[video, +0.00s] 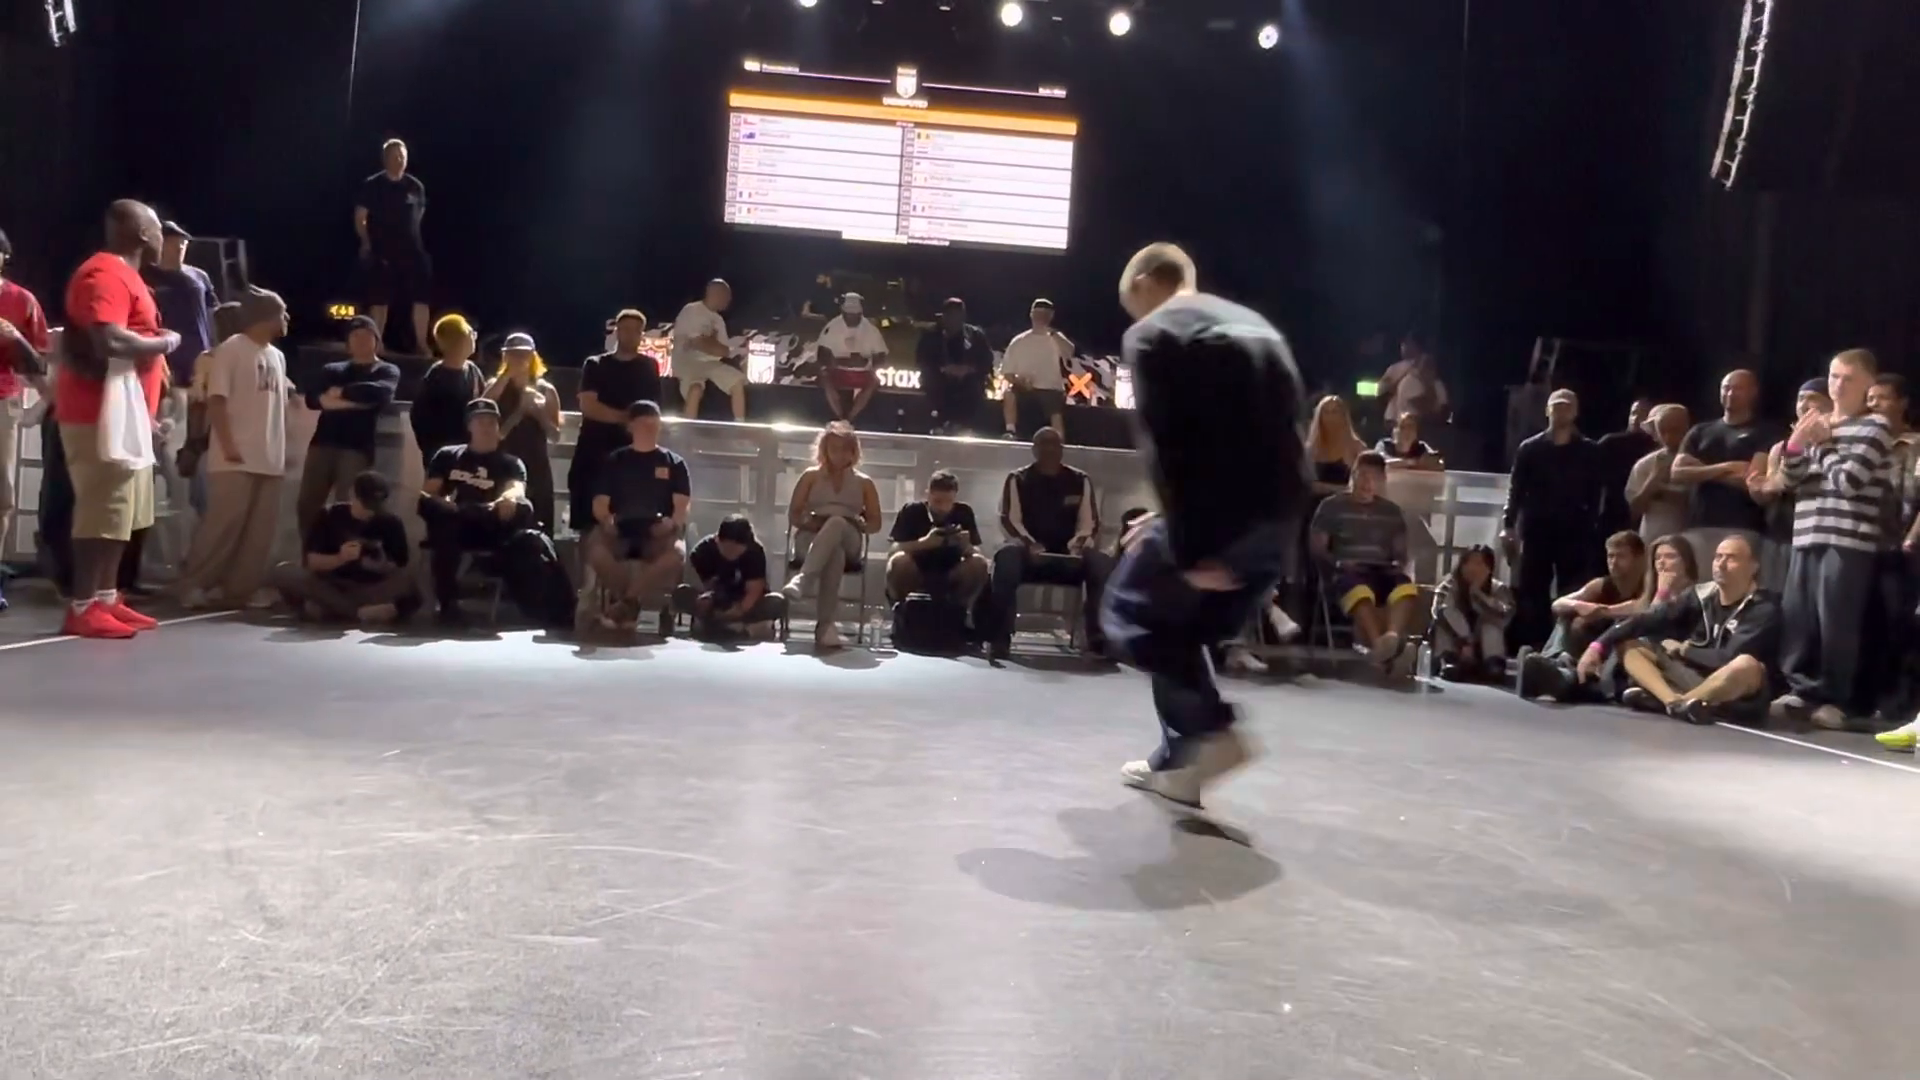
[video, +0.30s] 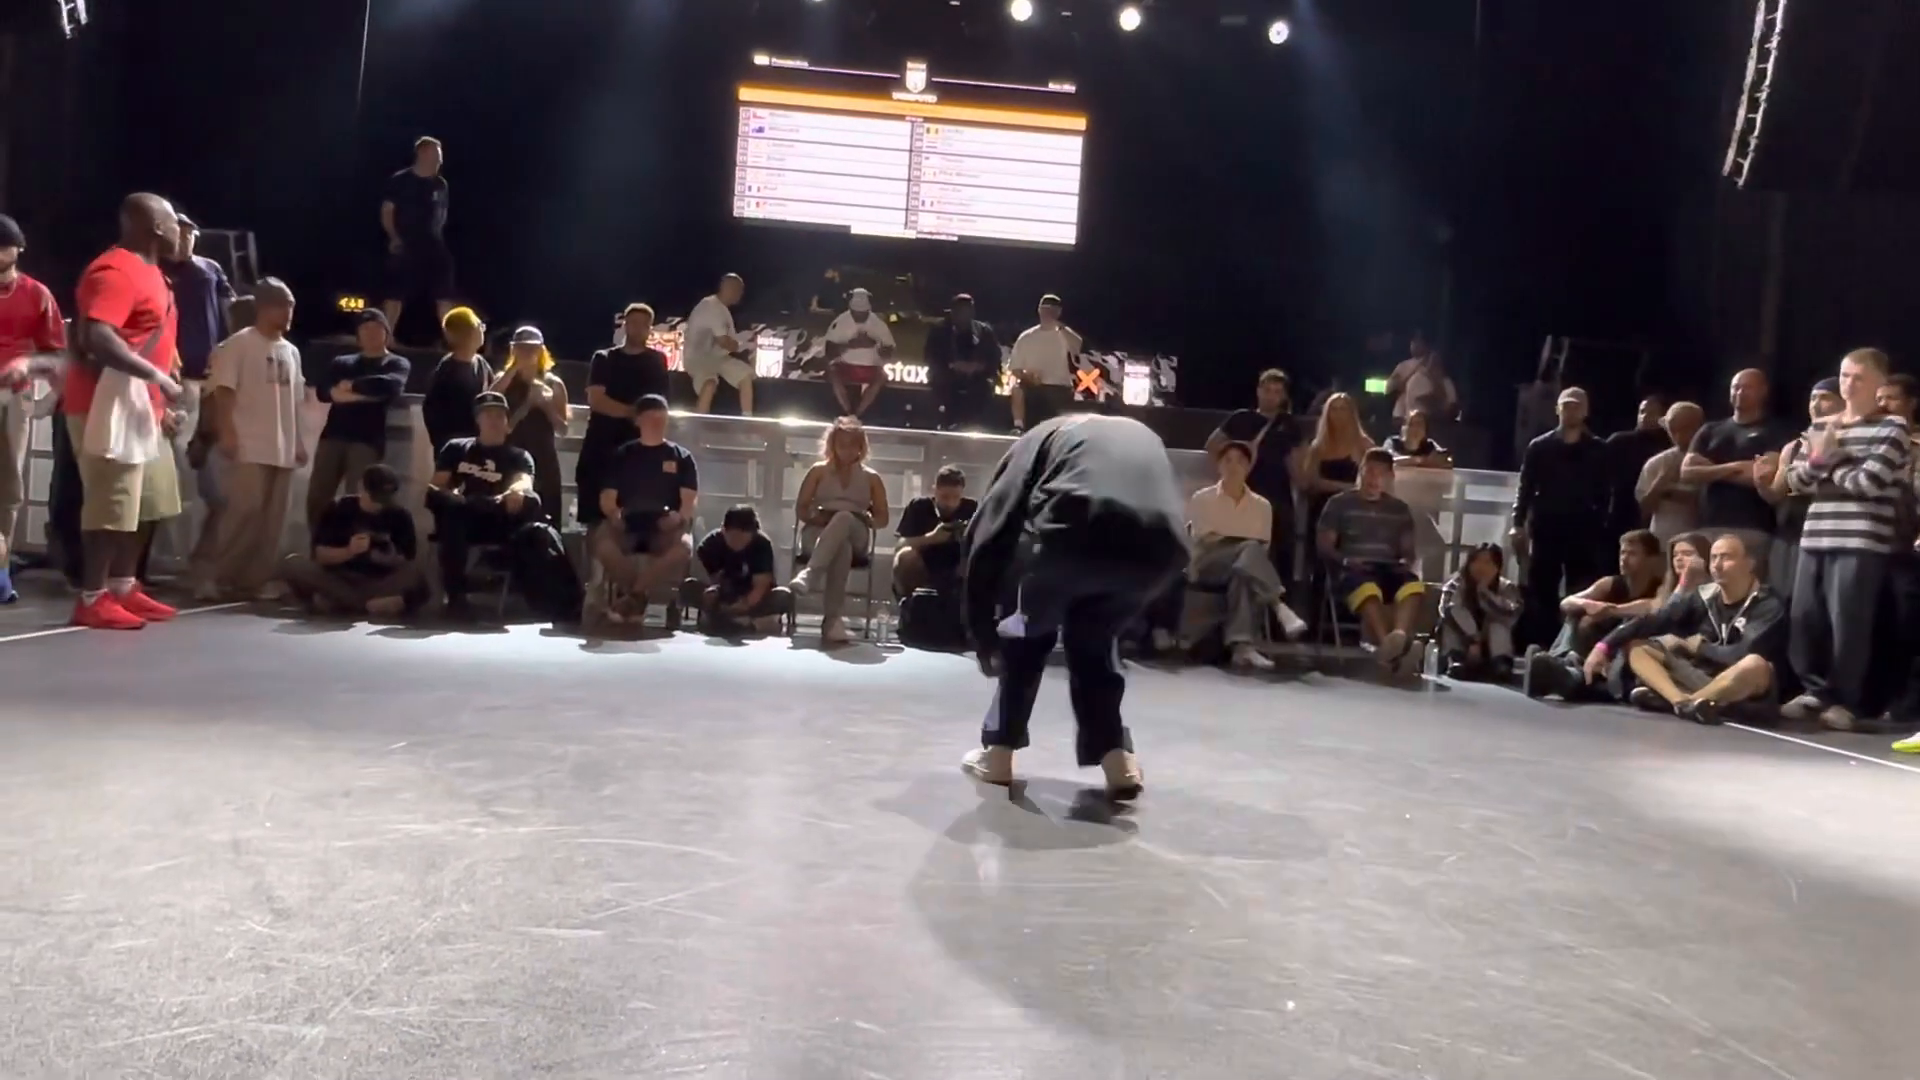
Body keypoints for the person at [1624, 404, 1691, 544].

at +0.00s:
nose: (1669, 437)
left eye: (1675, 430)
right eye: (1663, 431)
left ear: (1686, 430)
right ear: (1657, 433)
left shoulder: (1696, 461)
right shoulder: (1644, 465)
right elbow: (1634, 509)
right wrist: (1654, 479)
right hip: (1652, 537)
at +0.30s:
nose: (1677, 436)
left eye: (1683, 429)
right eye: (1673, 430)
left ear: (1698, 428)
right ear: (1668, 430)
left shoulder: (1709, 462)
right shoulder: (1656, 464)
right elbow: (1643, 510)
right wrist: (1661, 481)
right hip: (1662, 542)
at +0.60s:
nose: (1688, 437)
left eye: (1695, 430)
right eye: (1683, 430)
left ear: (1708, 429)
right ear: (1678, 432)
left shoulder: (1716, 462)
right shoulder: (1663, 464)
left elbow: (1719, 500)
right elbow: (1650, 507)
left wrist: (1677, 492)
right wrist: (1666, 482)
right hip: (1670, 545)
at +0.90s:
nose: (1692, 438)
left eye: (1699, 430)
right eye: (1687, 431)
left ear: (1714, 429)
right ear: (1683, 431)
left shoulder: (1724, 461)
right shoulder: (1670, 464)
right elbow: (1657, 507)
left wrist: (1685, 494)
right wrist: (1673, 482)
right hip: (1675, 539)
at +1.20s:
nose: (1699, 434)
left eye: (1705, 427)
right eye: (1694, 428)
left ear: (1720, 425)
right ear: (1690, 429)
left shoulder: (1732, 457)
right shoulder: (1677, 460)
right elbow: (1660, 506)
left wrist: (1693, 491)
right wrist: (1682, 477)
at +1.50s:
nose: (1705, 430)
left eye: (1711, 424)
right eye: (1701, 424)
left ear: (1726, 423)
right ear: (1696, 425)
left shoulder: (1737, 456)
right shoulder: (1683, 458)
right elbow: (1668, 499)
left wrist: (1696, 487)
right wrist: (1686, 477)